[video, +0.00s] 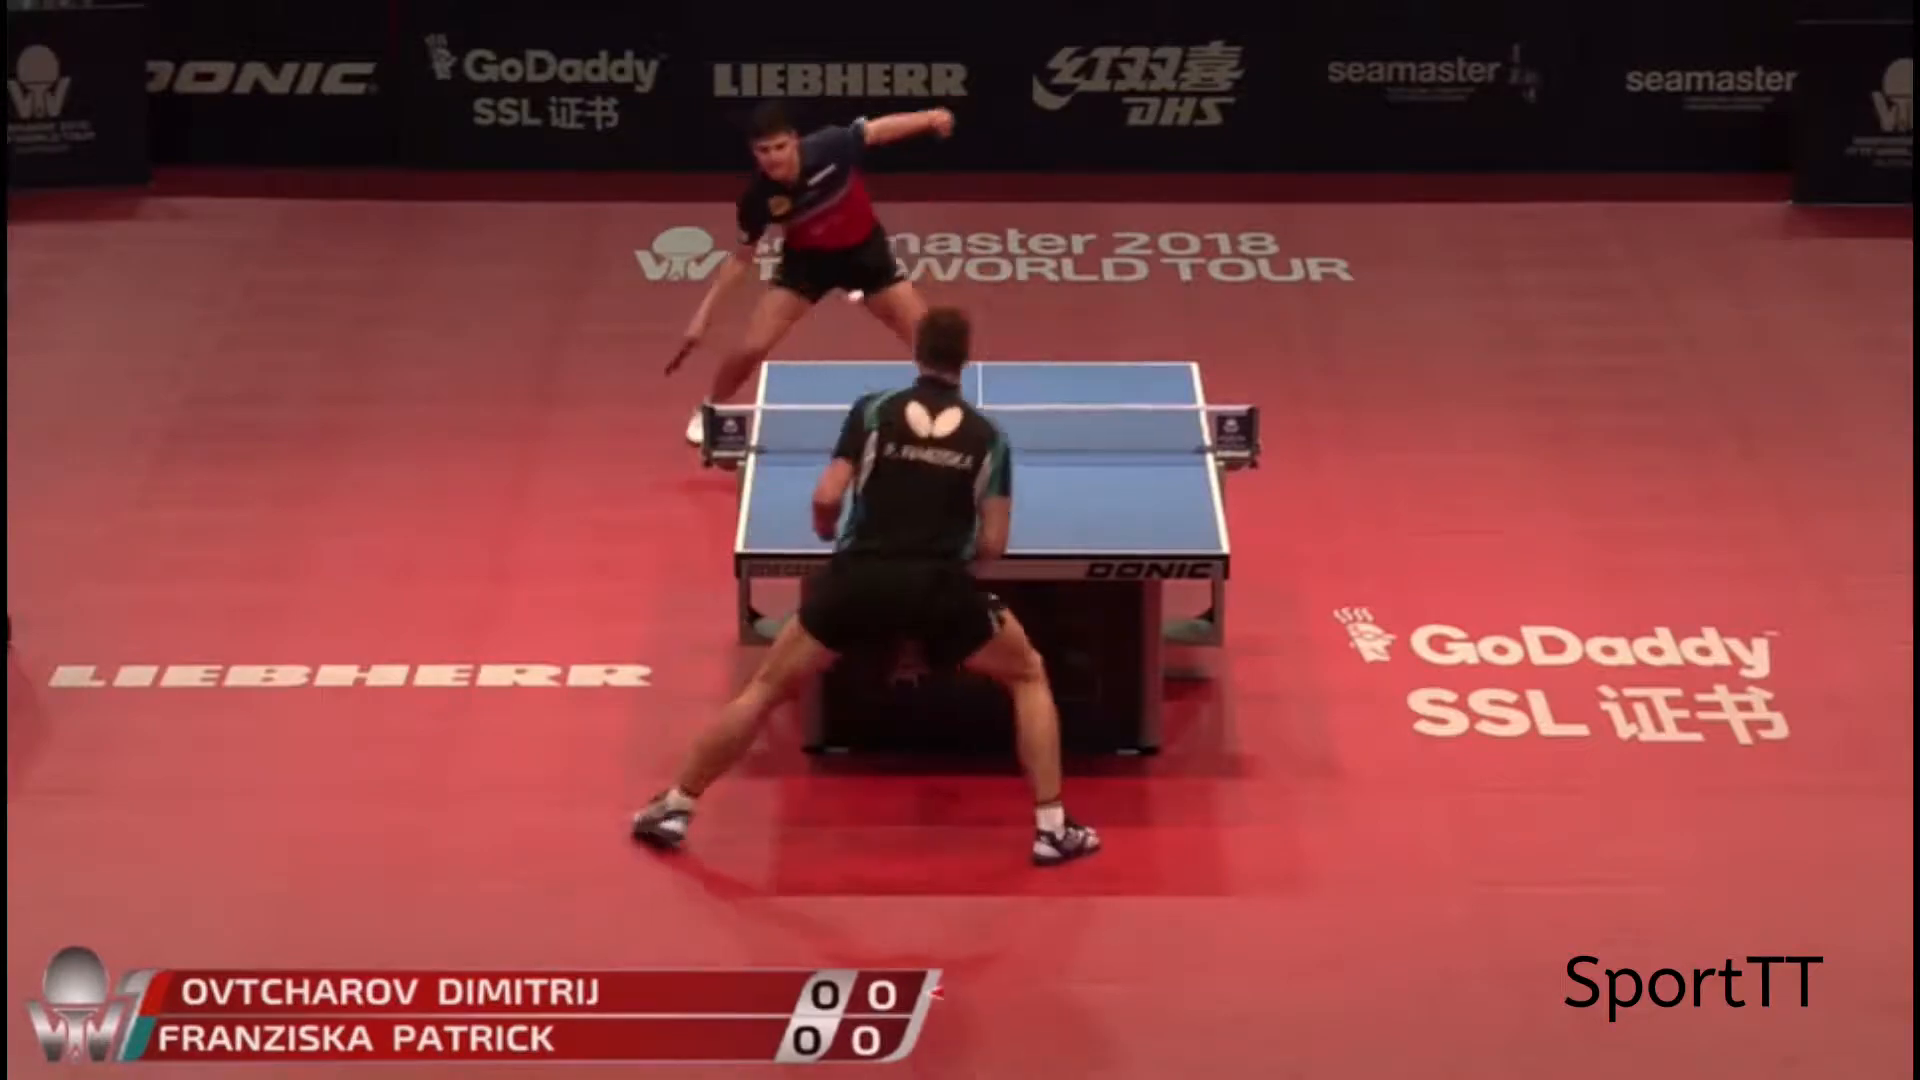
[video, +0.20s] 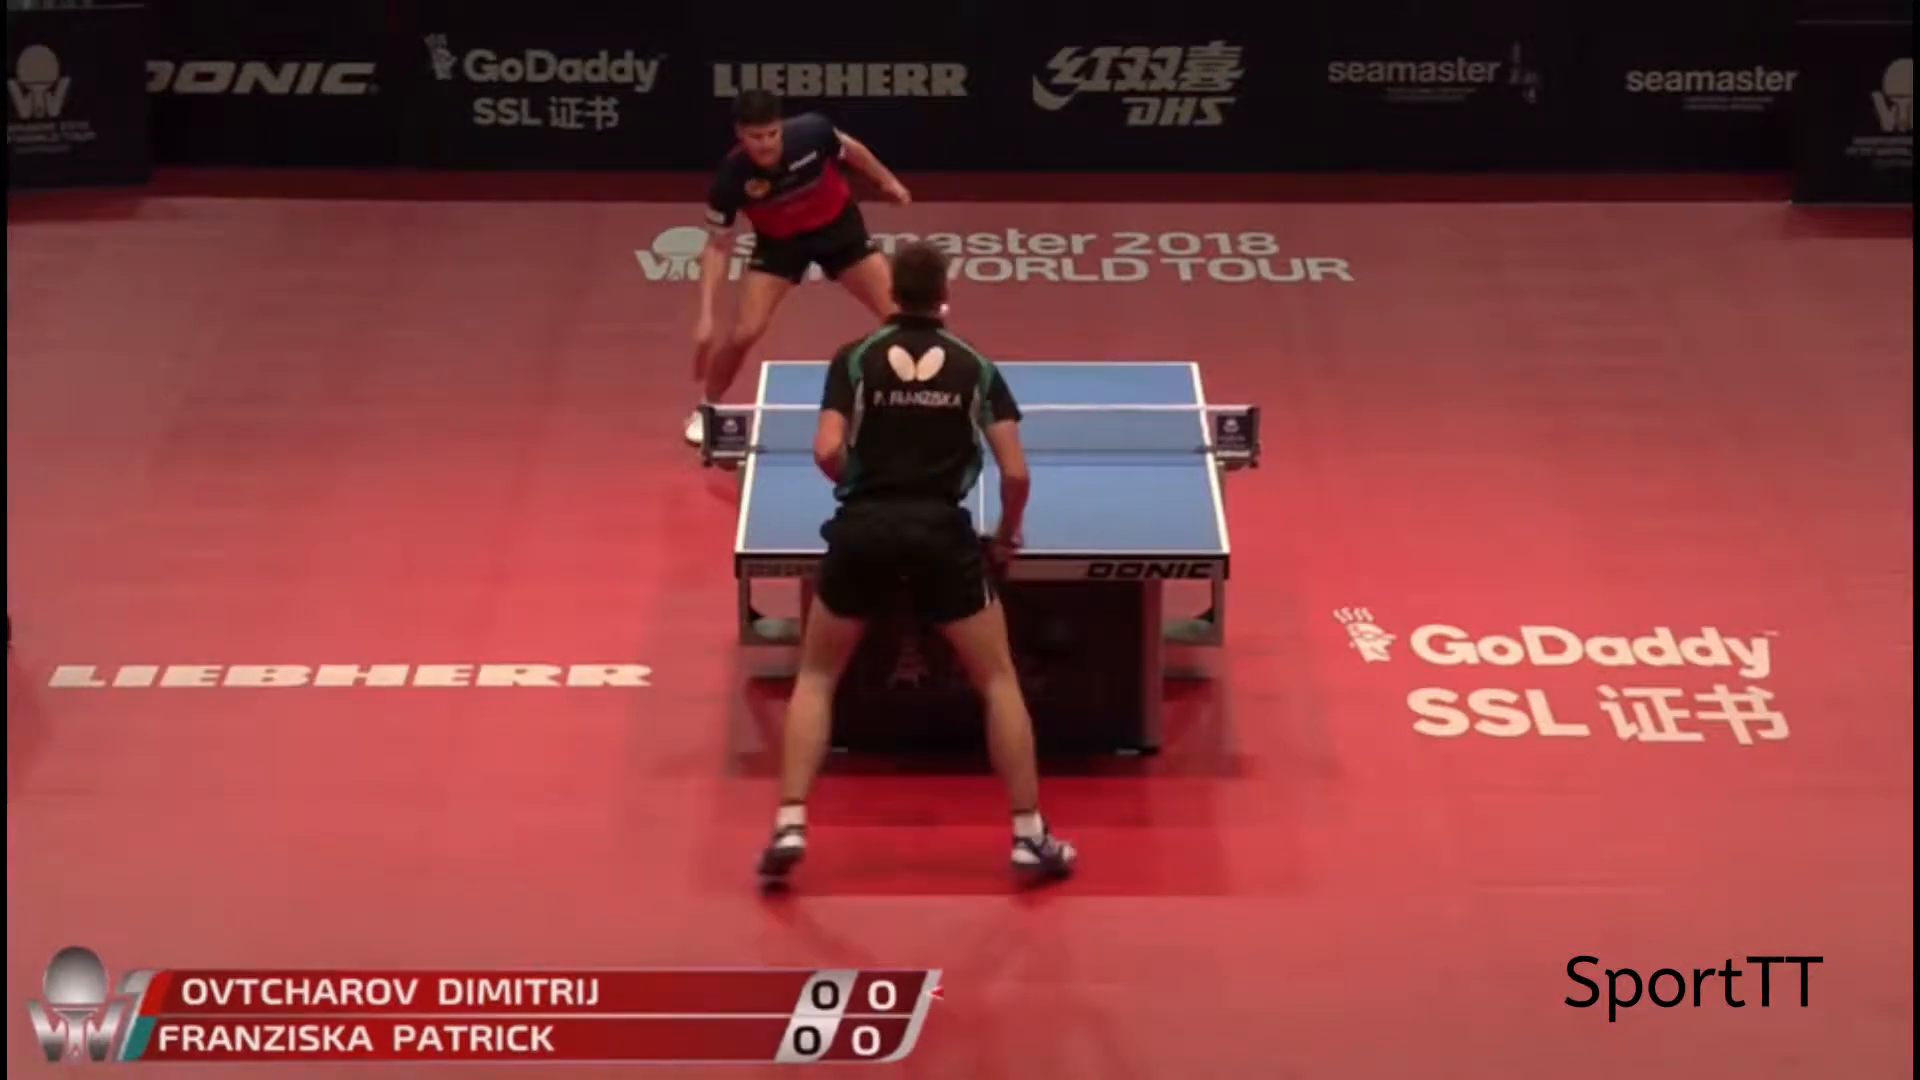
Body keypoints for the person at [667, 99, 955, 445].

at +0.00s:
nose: (773, 158)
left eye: (780, 147)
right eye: (764, 151)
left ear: (796, 140)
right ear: (754, 153)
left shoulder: (832, 146)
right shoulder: (759, 198)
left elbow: (876, 131)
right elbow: (740, 260)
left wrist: (930, 119)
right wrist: (699, 323)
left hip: (865, 254)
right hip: (805, 264)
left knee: (926, 334)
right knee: (753, 348)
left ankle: (951, 413)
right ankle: (710, 408)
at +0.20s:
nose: (765, 145)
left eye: (772, 135)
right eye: (756, 137)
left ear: (782, 128)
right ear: (740, 135)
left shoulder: (815, 133)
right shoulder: (732, 176)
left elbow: (853, 150)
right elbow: (718, 247)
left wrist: (890, 183)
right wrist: (706, 320)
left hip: (839, 232)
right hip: (779, 246)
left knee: (897, 312)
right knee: (744, 334)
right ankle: (707, 408)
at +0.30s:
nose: (780, 127)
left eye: (787, 118)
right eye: (771, 119)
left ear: (797, 111)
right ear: (755, 117)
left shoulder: (819, 118)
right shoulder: (741, 158)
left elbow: (848, 138)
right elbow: (714, 227)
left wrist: (881, 178)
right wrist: (727, 293)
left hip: (838, 223)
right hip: (779, 237)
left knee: (898, 295)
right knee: (745, 325)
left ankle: (909, 392)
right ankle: (708, 407)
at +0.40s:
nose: (820, 106)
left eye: (826, 97)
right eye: (812, 97)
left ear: (835, 93)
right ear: (791, 94)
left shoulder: (842, 111)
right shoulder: (766, 137)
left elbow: (858, 133)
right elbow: (725, 209)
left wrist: (886, 178)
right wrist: (765, 269)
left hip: (844, 220)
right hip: (785, 230)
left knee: (907, 300)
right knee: (751, 322)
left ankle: (909, 397)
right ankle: (707, 405)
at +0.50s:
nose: (886, 85)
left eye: (890, 76)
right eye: (878, 75)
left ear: (895, 77)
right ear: (853, 73)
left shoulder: (887, 108)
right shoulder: (822, 119)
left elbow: (893, 139)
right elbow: (796, 191)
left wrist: (911, 179)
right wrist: (808, 250)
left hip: (869, 219)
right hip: (815, 224)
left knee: (921, 307)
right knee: (763, 316)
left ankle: (909, 403)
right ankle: (710, 401)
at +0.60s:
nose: (902, 78)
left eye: (906, 68)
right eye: (893, 68)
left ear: (911, 70)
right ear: (869, 65)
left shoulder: (901, 100)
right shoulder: (836, 111)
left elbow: (905, 134)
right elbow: (814, 183)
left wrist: (922, 178)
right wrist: (809, 250)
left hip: (879, 220)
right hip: (827, 223)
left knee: (926, 311)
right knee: (773, 314)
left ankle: (904, 402)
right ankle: (716, 397)